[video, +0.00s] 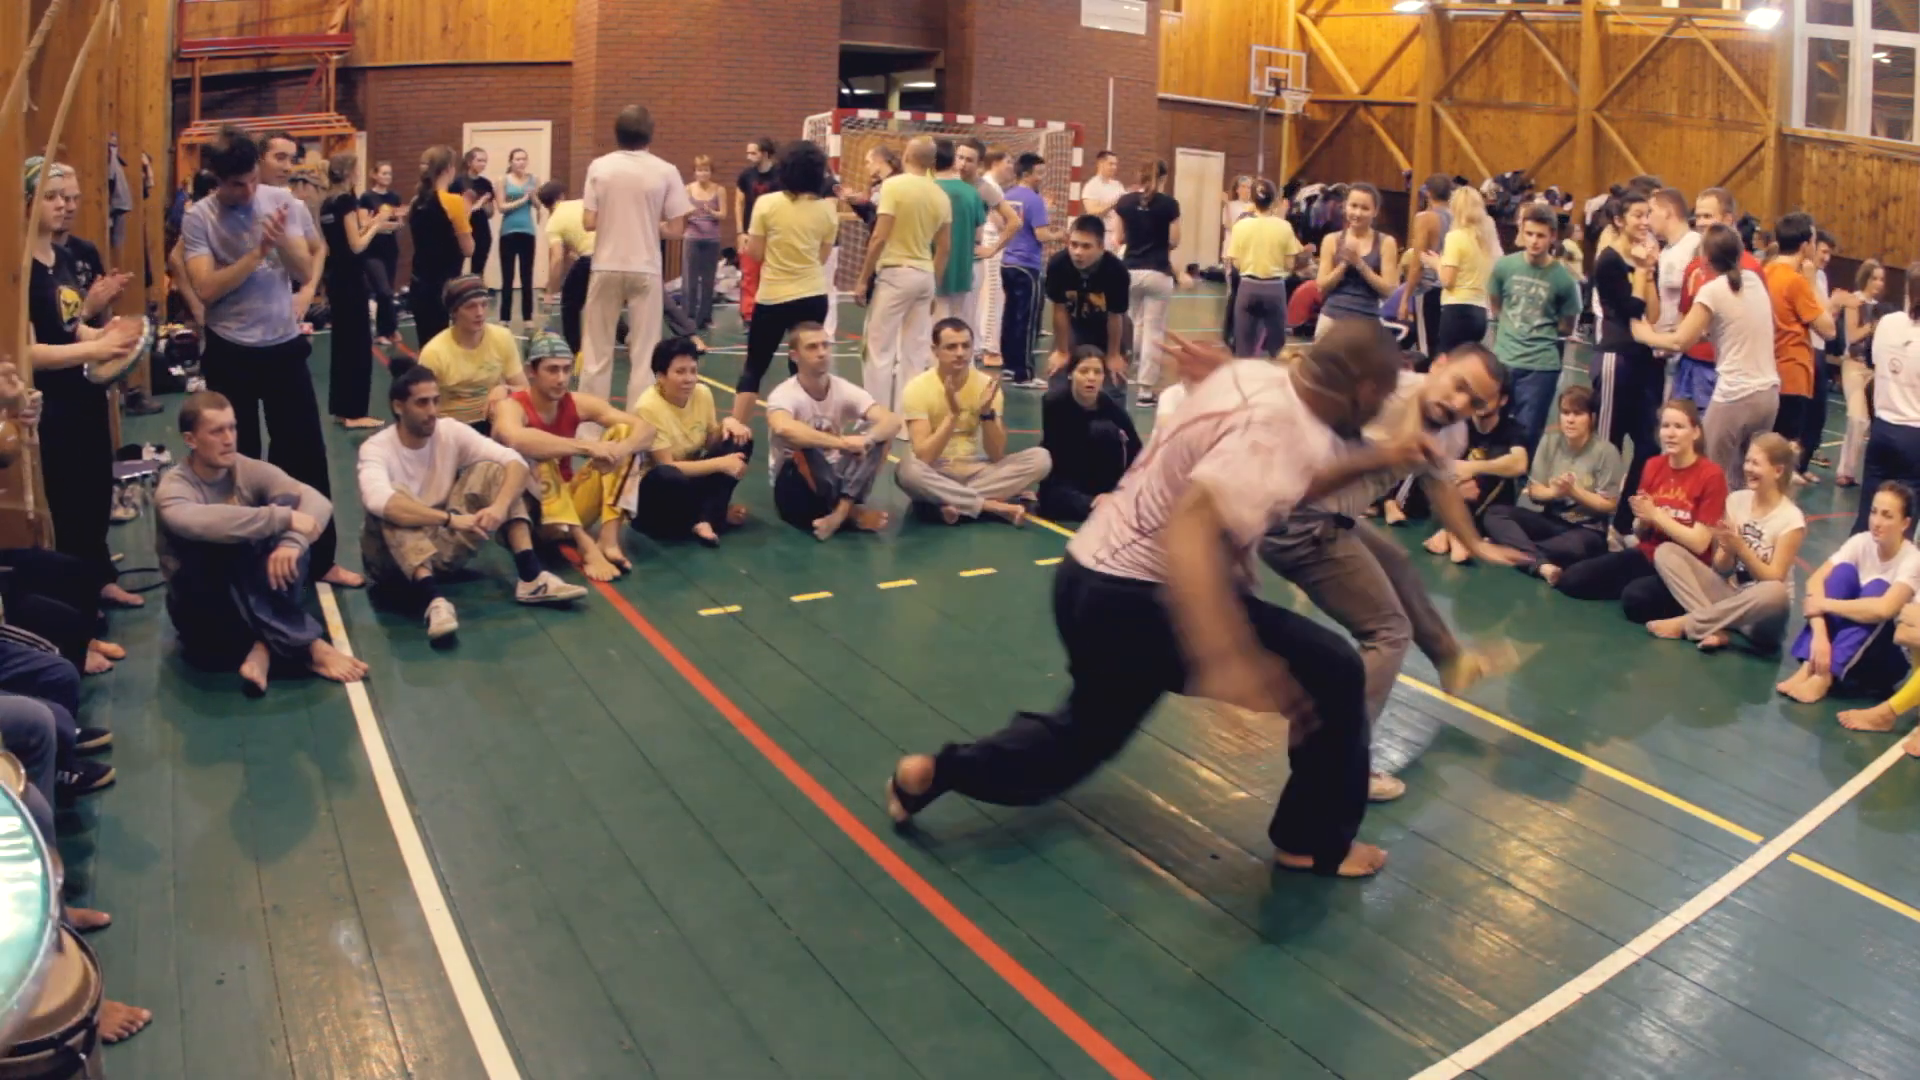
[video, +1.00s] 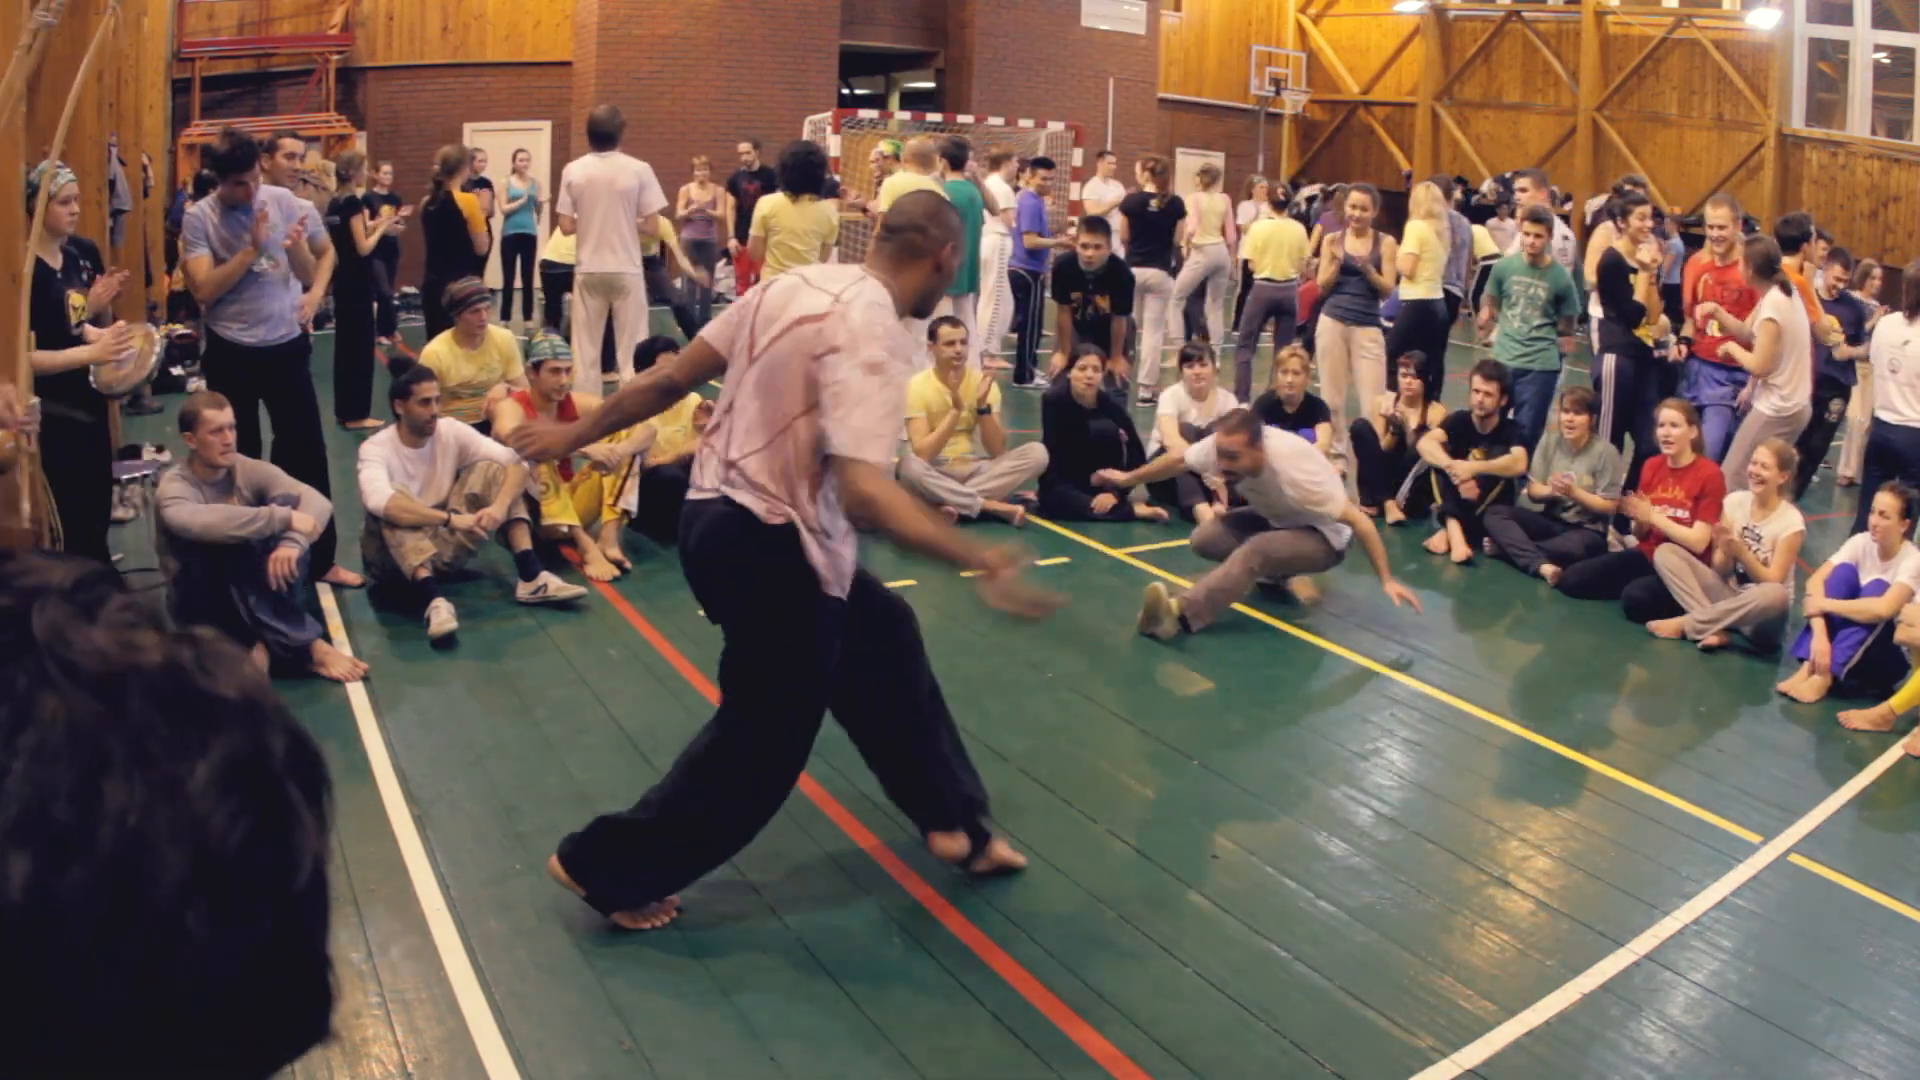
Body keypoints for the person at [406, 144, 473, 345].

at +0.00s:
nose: (455, 171)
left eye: (455, 167)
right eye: (454, 166)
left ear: (428, 168)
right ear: (449, 169)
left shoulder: (415, 204)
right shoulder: (453, 202)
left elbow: (420, 242)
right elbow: (468, 248)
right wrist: (465, 216)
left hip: (420, 281)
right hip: (446, 283)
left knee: (427, 346)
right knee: (445, 345)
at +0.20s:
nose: (455, 172)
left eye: (455, 167)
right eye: (454, 167)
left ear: (427, 168)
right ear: (449, 169)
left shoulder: (417, 203)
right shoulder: (452, 201)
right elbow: (473, 245)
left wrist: (462, 207)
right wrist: (473, 211)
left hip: (420, 282)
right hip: (447, 284)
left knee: (428, 347)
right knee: (447, 346)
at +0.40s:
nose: (456, 172)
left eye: (456, 167)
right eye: (455, 167)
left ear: (428, 168)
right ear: (449, 169)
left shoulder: (416, 203)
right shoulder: (455, 202)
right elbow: (469, 247)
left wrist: (462, 210)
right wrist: (468, 214)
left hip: (420, 282)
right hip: (447, 284)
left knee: (428, 347)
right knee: (448, 345)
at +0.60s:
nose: (458, 172)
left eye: (457, 167)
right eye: (457, 167)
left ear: (429, 169)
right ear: (451, 170)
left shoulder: (417, 204)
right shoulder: (455, 201)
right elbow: (475, 244)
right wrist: (479, 212)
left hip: (424, 284)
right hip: (450, 286)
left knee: (430, 348)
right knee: (451, 348)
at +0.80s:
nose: (463, 170)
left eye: (462, 165)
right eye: (462, 165)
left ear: (435, 168)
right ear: (457, 169)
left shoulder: (422, 204)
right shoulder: (463, 202)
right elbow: (477, 247)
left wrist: (466, 207)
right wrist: (475, 211)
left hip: (427, 281)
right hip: (457, 282)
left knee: (432, 344)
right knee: (457, 343)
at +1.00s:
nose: (470, 169)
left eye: (470, 164)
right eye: (469, 164)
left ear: (442, 167)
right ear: (464, 169)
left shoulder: (427, 203)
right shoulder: (468, 201)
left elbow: (433, 241)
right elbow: (482, 246)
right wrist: (481, 217)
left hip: (433, 281)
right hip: (463, 281)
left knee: (436, 344)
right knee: (462, 343)